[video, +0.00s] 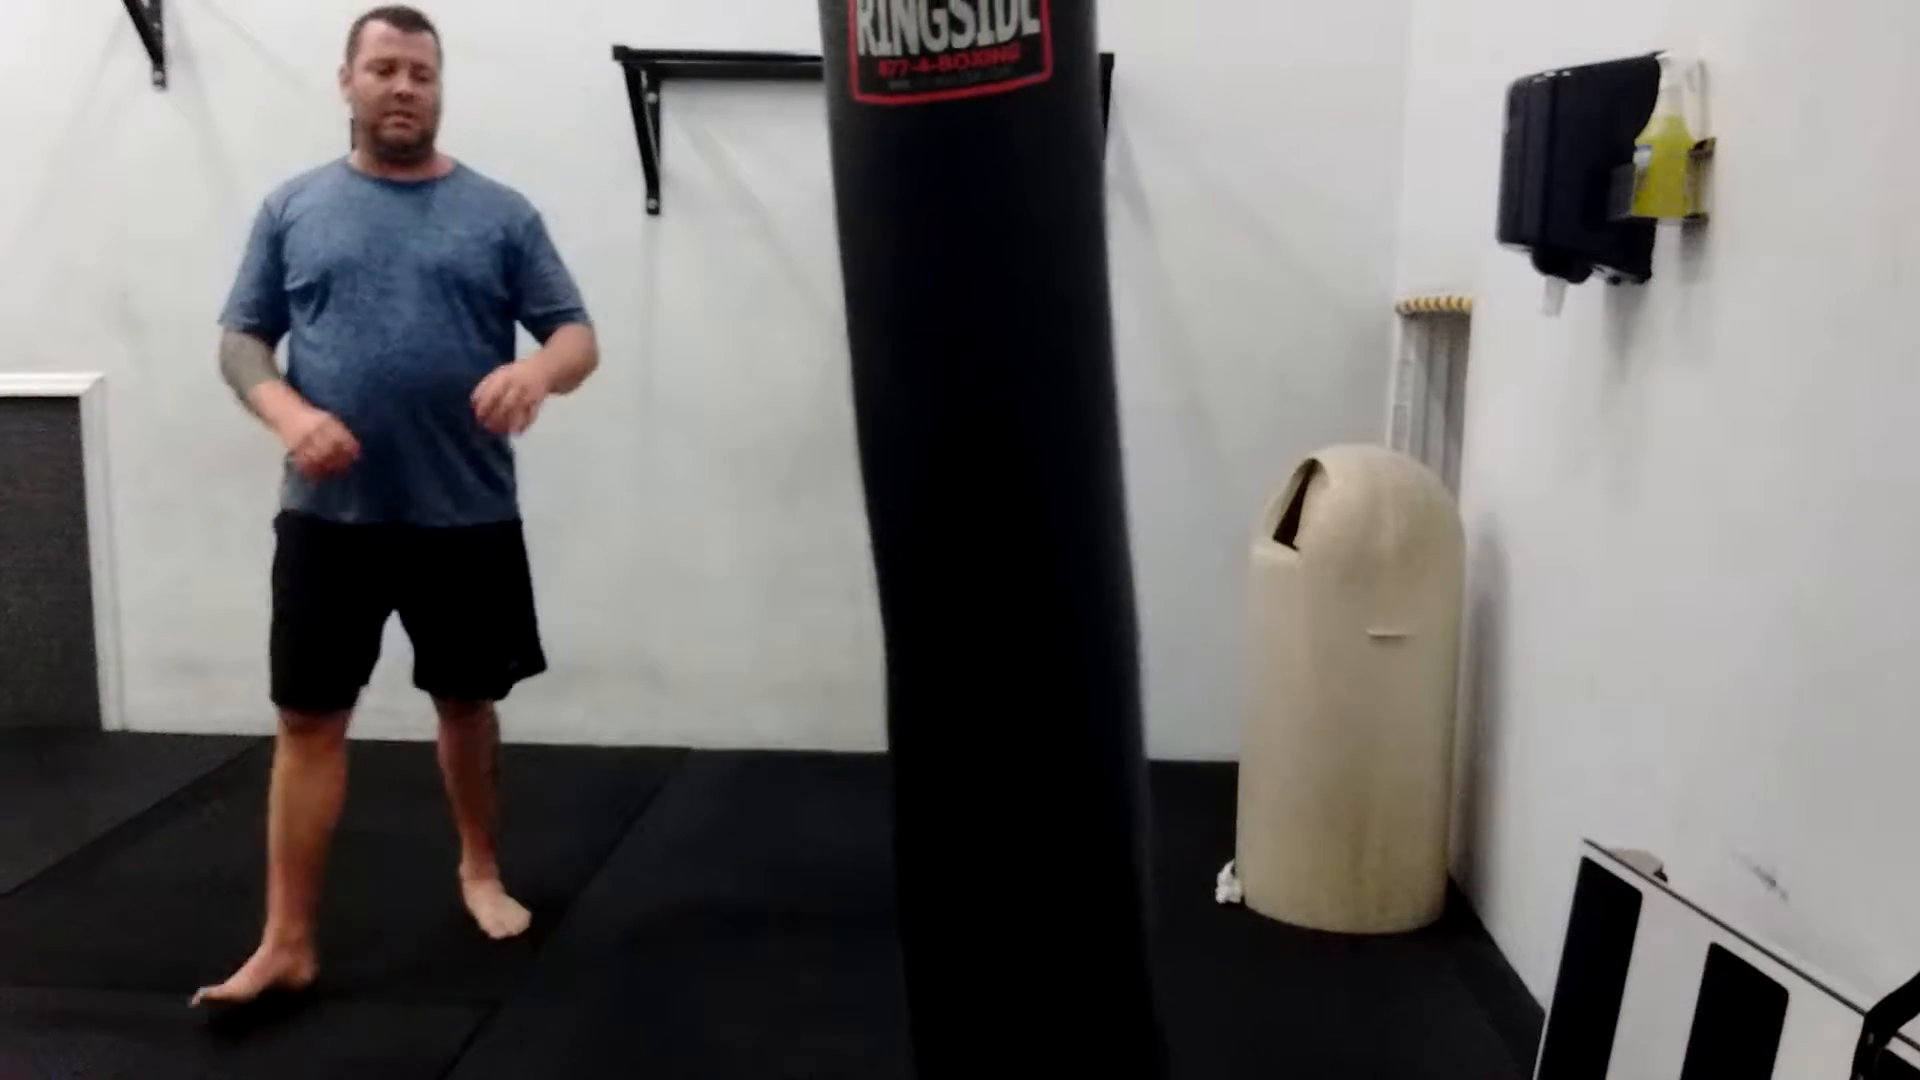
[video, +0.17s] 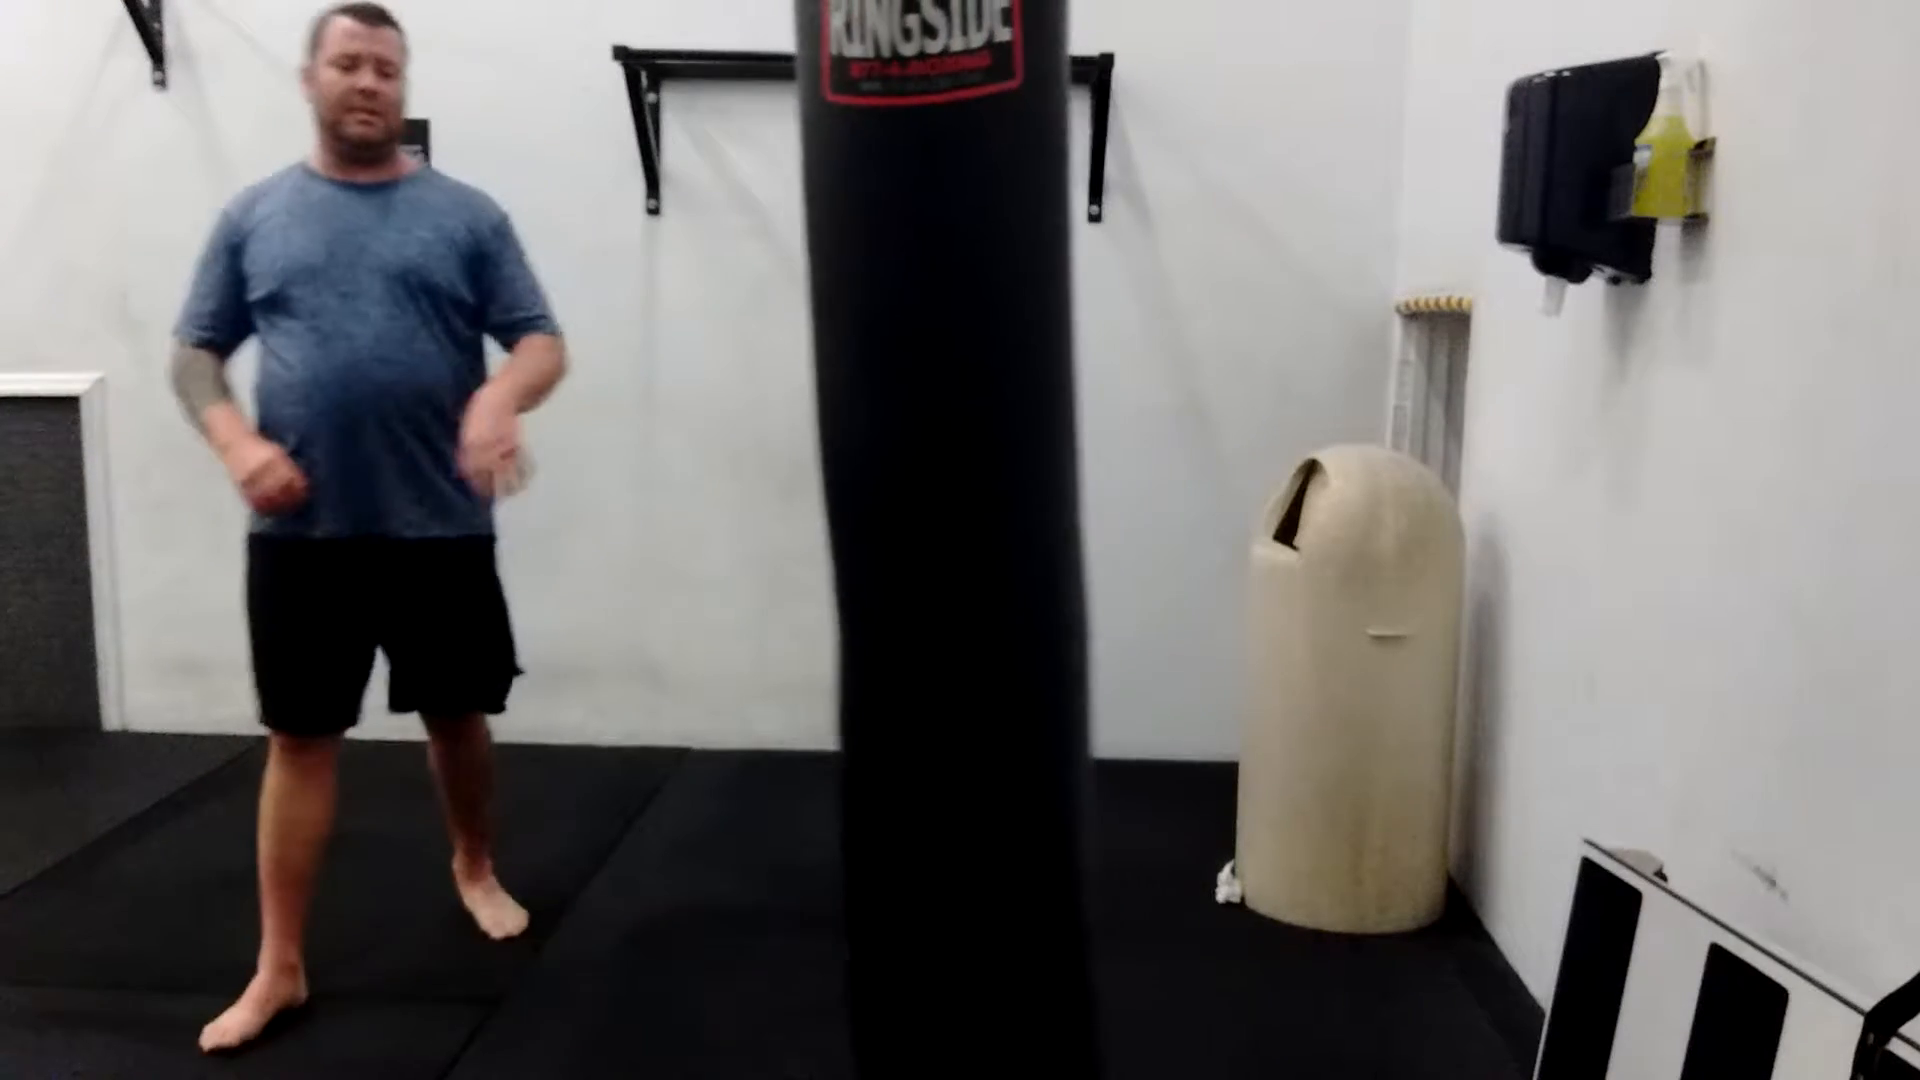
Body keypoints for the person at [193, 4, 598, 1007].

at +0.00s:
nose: (402, 87)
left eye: (419, 73)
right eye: (383, 70)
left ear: (441, 93)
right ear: (346, 87)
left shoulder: (500, 213)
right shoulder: (293, 209)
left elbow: (576, 339)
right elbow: (241, 346)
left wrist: (535, 371)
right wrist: (293, 418)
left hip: (463, 508)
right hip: (330, 508)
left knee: (467, 703)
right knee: (307, 720)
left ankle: (481, 877)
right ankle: (287, 943)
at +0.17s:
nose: (367, 83)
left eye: (384, 68)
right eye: (347, 65)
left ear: (406, 88)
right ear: (308, 83)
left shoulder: (466, 214)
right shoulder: (256, 216)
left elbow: (541, 345)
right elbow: (193, 356)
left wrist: (497, 398)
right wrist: (238, 443)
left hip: (438, 519)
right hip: (304, 525)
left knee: (460, 716)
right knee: (298, 740)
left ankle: (476, 869)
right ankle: (278, 967)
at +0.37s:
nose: (316, 64)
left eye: (331, 47)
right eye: (292, 46)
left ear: (354, 67)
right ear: (252, 69)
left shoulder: (428, 192)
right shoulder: (204, 201)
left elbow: (506, 332)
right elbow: (105, 331)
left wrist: (437, 423)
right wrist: (191, 442)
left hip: (420, 519)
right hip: (274, 527)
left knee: (488, 710)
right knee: (286, 744)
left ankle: (466, 866)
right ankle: (279, 966)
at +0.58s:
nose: (308, 60)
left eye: (324, 41)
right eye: (283, 43)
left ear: (348, 54)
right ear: (242, 62)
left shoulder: (429, 181)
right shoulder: (199, 193)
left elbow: (523, 312)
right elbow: (83, 319)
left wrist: (475, 409)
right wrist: (181, 443)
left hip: (423, 520)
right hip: (275, 529)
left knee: (471, 740)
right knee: (288, 755)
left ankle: (519, 954)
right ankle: (280, 969)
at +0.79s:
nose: (349, 46)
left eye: (367, 28)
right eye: (324, 28)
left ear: (394, 46)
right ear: (286, 52)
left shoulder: (472, 183)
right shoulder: (236, 193)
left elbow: (559, 321)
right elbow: (192, 348)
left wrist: (498, 405)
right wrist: (225, 425)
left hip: (447, 524)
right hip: (300, 528)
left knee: (481, 749)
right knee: (292, 757)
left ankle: (518, 965)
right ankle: (278, 969)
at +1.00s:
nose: (399, 30)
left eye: (421, 20)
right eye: (377, 15)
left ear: (447, 56)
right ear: (342, 47)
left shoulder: (515, 185)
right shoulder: (278, 176)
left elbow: (597, 332)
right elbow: (204, 330)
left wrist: (520, 401)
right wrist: (270, 453)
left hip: (471, 534)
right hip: (316, 529)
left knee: (494, 753)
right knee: (249, 749)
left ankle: (519, 956)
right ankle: (268, 958)